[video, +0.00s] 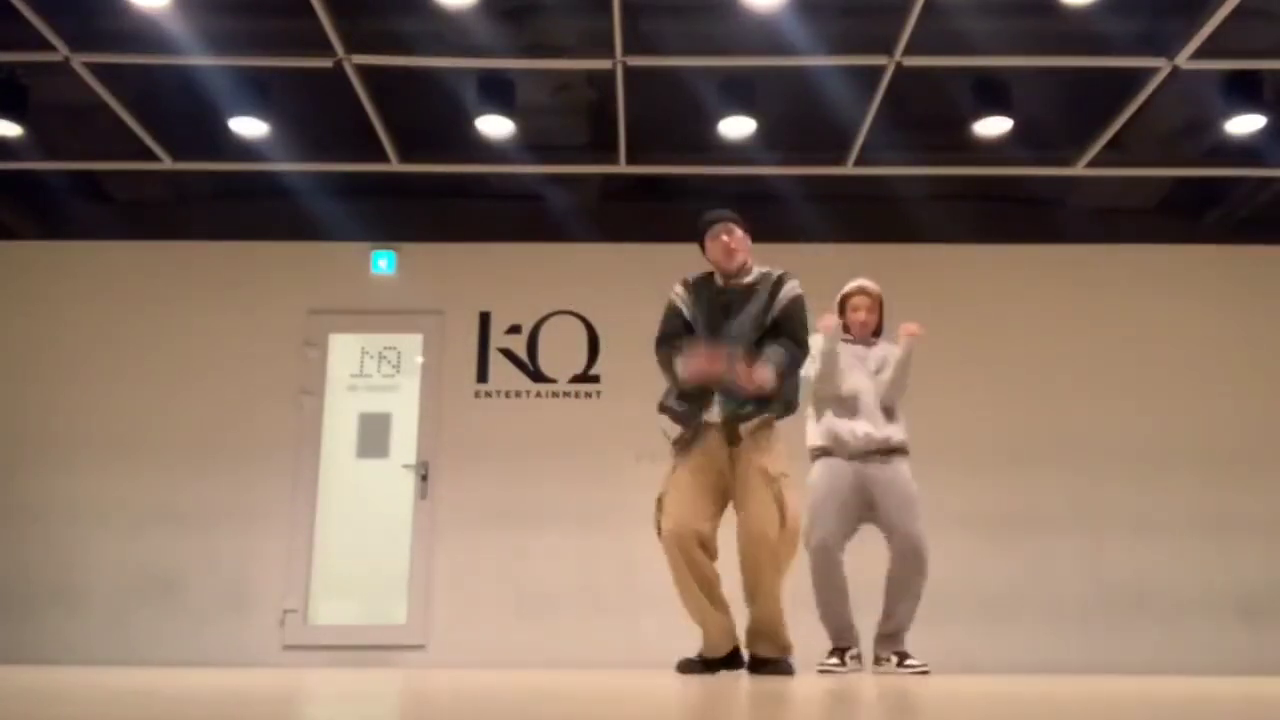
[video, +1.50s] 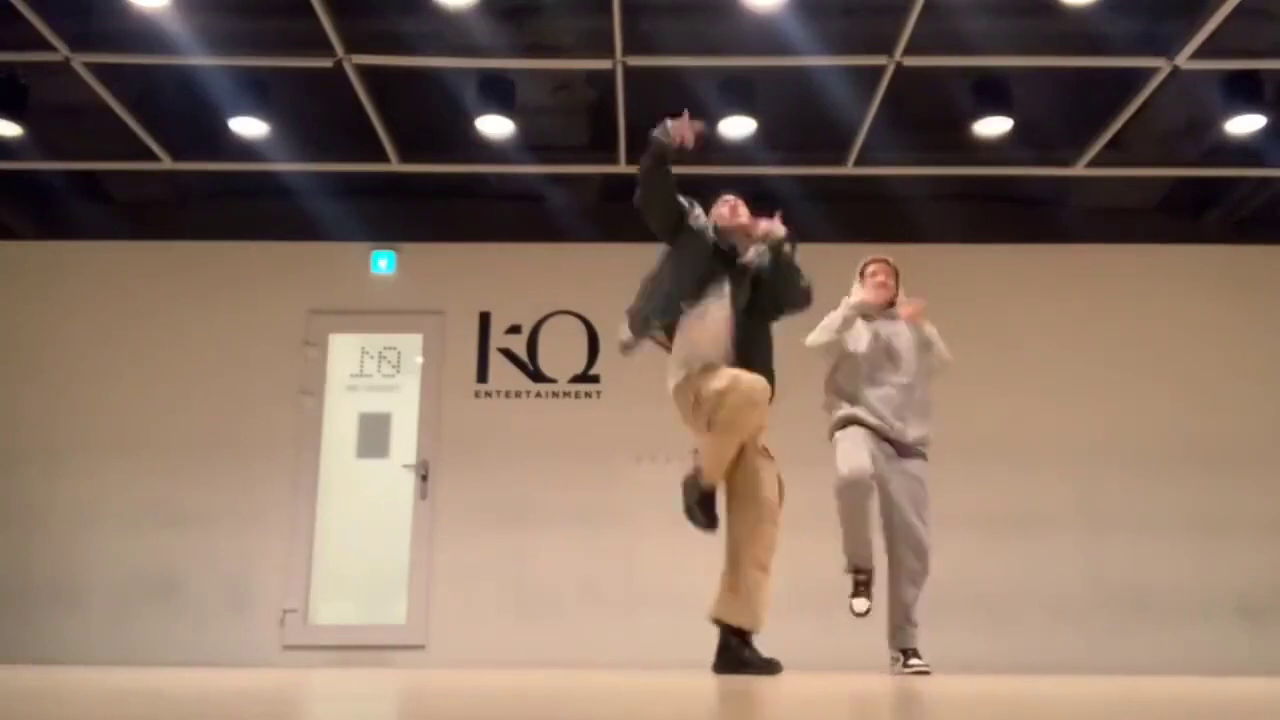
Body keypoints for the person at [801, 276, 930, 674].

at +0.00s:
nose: (862, 315)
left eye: (869, 308)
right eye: (854, 308)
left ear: (879, 315)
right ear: (843, 315)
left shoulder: (889, 353)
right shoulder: (826, 351)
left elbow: (890, 397)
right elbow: (818, 387)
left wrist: (904, 350)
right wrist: (824, 339)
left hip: (888, 461)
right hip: (836, 461)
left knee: (911, 548)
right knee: (821, 544)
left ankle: (890, 646)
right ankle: (843, 646)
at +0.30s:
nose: (848, 290)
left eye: (856, 284)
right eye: (841, 284)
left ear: (869, 288)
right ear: (827, 290)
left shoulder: (885, 321)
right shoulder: (818, 322)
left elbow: (878, 345)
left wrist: (832, 318)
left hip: (873, 445)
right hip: (824, 440)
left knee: (883, 544)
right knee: (812, 529)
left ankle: (888, 646)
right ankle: (817, 634)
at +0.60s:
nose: (812, 301)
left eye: (821, 294)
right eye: (809, 293)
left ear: (839, 301)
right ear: (803, 299)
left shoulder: (861, 325)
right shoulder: (787, 332)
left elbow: (870, 379)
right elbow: (785, 380)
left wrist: (856, 420)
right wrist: (810, 408)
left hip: (861, 453)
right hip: (811, 457)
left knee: (900, 541)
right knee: (795, 552)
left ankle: (958, 632)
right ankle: (798, 646)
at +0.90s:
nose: (838, 281)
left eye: (846, 276)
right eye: (832, 274)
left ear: (858, 288)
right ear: (820, 283)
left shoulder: (876, 331)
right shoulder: (802, 318)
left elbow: (901, 378)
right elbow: (799, 369)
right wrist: (848, 385)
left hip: (872, 448)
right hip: (820, 452)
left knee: (903, 526)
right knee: (813, 552)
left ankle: (916, 638)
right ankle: (800, 644)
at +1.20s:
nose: (872, 286)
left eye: (879, 280)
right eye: (865, 279)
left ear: (888, 291)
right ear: (849, 286)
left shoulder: (906, 334)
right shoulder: (828, 329)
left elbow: (957, 347)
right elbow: (788, 340)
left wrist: (971, 365)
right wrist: (807, 341)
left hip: (905, 441)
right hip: (858, 436)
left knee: (908, 539)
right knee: (864, 517)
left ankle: (905, 646)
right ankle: (838, 624)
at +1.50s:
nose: (879, 279)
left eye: (887, 275)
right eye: (871, 275)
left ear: (896, 289)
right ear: (859, 288)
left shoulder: (910, 327)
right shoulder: (847, 323)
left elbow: (940, 362)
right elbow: (815, 345)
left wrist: (921, 326)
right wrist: (853, 307)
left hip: (907, 440)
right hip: (858, 424)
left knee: (911, 546)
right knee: (854, 474)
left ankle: (905, 646)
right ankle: (860, 569)